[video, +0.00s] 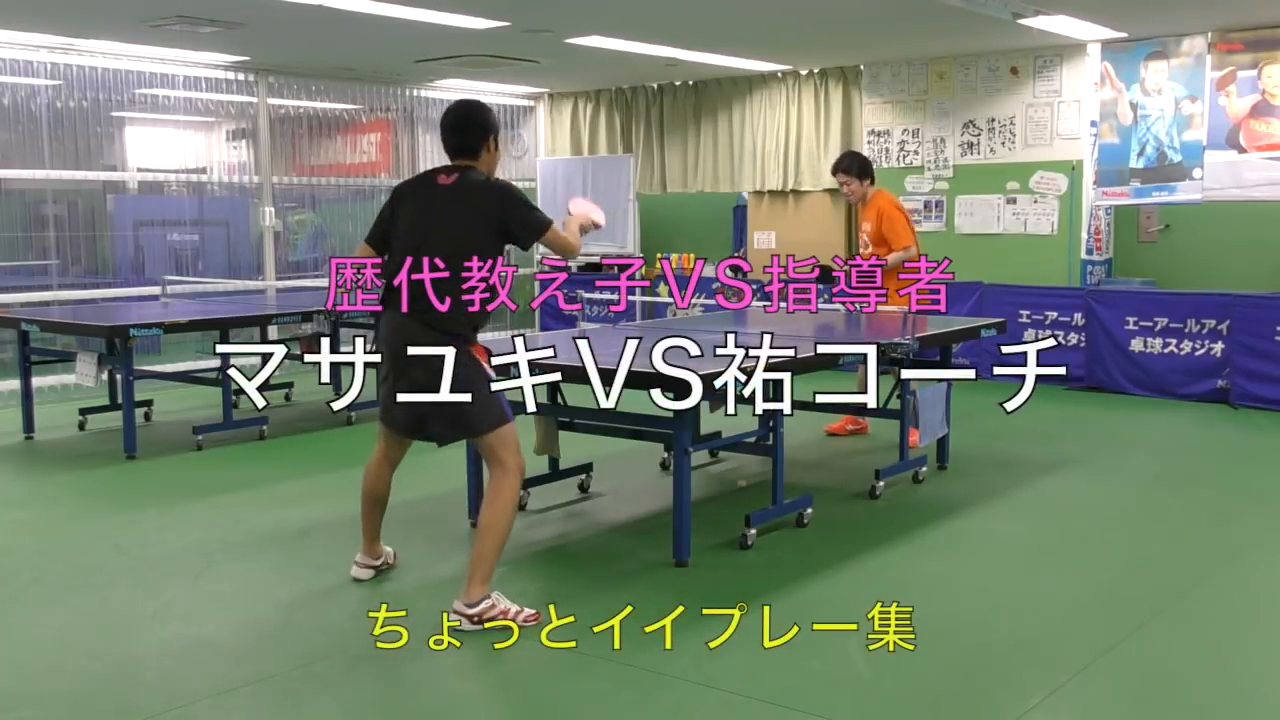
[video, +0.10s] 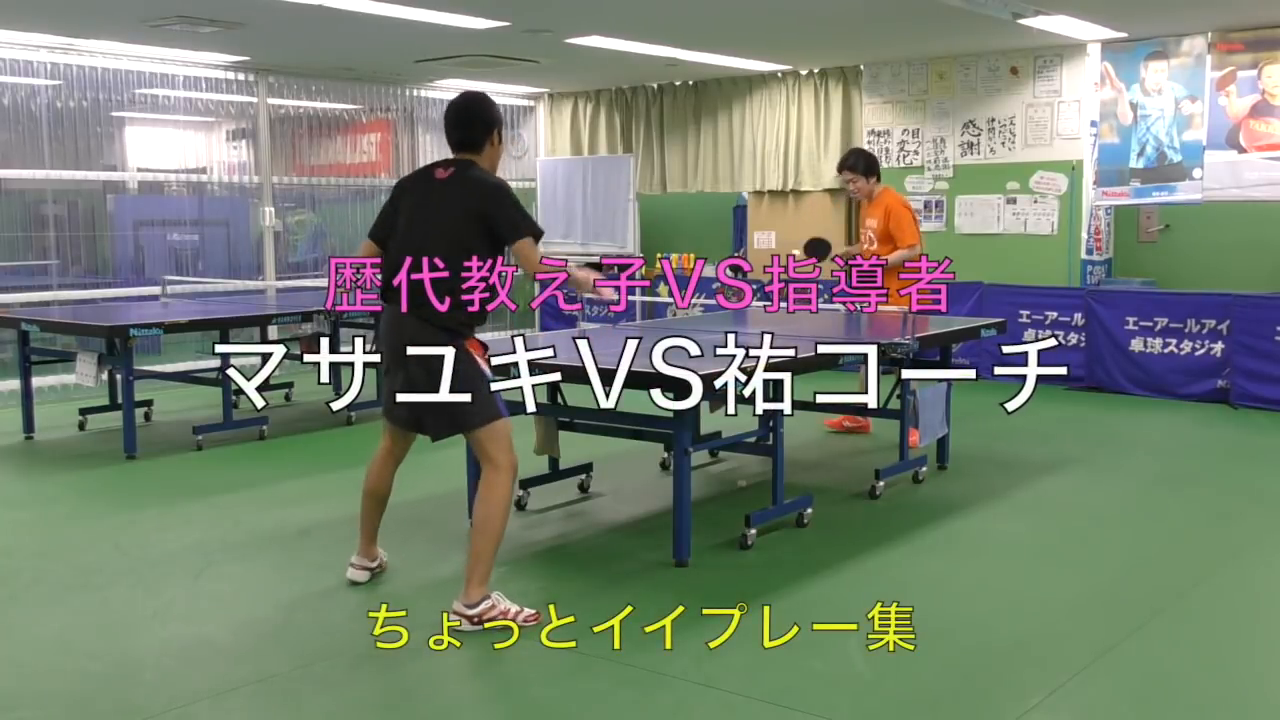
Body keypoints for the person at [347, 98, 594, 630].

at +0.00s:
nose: (499, 150)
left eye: (496, 142)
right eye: (498, 142)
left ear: (446, 144)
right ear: (489, 144)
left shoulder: (408, 191)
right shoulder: (496, 195)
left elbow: (367, 254)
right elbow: (568, 248)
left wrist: (423, 263)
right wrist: (575, 218)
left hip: (399, 345)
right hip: (453, 348)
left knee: (385, 453)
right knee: (507, 467)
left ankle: (369, 552)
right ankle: (475, 596)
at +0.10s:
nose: (502, 146)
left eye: (499, 137)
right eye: (502, 137)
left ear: (450, 136)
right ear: (493, 137)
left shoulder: (412, 184)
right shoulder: (489, 189)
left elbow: (372, 251)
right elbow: (530, 263)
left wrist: (429, 266)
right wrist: (574, 277)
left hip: (396, 338)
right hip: (448, 343)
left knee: (391, 445)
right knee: (500, 462)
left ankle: (365, 554)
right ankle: (475, 598)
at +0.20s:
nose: (509, 150)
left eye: (507, 140)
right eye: (508, 140)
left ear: (459, 137)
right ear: (496, 141)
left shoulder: (421, 183)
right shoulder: (473, 190)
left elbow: (380, 249)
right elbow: (464, 268)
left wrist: (434, 275)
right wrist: (523, 315)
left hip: (397, 342)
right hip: (437, 347)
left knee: (395, 443)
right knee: (492, 461)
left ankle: (359, 553)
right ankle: (474, 597)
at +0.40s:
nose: (512, 180)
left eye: (515, 171)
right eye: (512, 169)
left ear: (477, 160)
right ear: (489, 161)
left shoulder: (442, 199)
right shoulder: (449, 200)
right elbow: (440, 271)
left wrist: (499, 322)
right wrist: (495, 314)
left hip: (395, 352)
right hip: (416, 355)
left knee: (400, 449)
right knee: (485, 459)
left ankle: (358, 554)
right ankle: (471, 597)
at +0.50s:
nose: (509, 173)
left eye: (512, 163)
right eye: (508, 161)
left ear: (469, 154)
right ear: (482, 154)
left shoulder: (422, 191)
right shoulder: (458, 196)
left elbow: (384, 258)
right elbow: (502, 276)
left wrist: (452, 286)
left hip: (386, 344)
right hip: (418, 350)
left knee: (389, 446)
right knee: (481, 458)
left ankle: (357, 554)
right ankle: (472, 597)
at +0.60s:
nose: (505, 160)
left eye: (505, 150)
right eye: (503, 150)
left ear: (457, 145)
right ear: (484, 147)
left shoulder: (409, 186)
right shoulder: (483, 194)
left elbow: (371, 245)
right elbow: (556, 243)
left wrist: (428, 260)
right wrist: (589, 213)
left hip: (379, 339)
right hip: (425, 344)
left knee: (377, 446)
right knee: (487, 458)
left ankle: (356, 555)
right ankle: (473, 597)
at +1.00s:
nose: (497, 146)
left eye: (495, 137)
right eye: (496, 137)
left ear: (444, 137)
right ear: (487, 139)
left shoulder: (407, 183)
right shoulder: (467, 190)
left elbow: (370, 248)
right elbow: (479, 266)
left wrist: (421, 287)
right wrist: (544, 318)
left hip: (388, 341)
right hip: (433, 345)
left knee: (384, 445)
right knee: (487, 460)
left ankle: (356, 555)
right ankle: (474, 596)